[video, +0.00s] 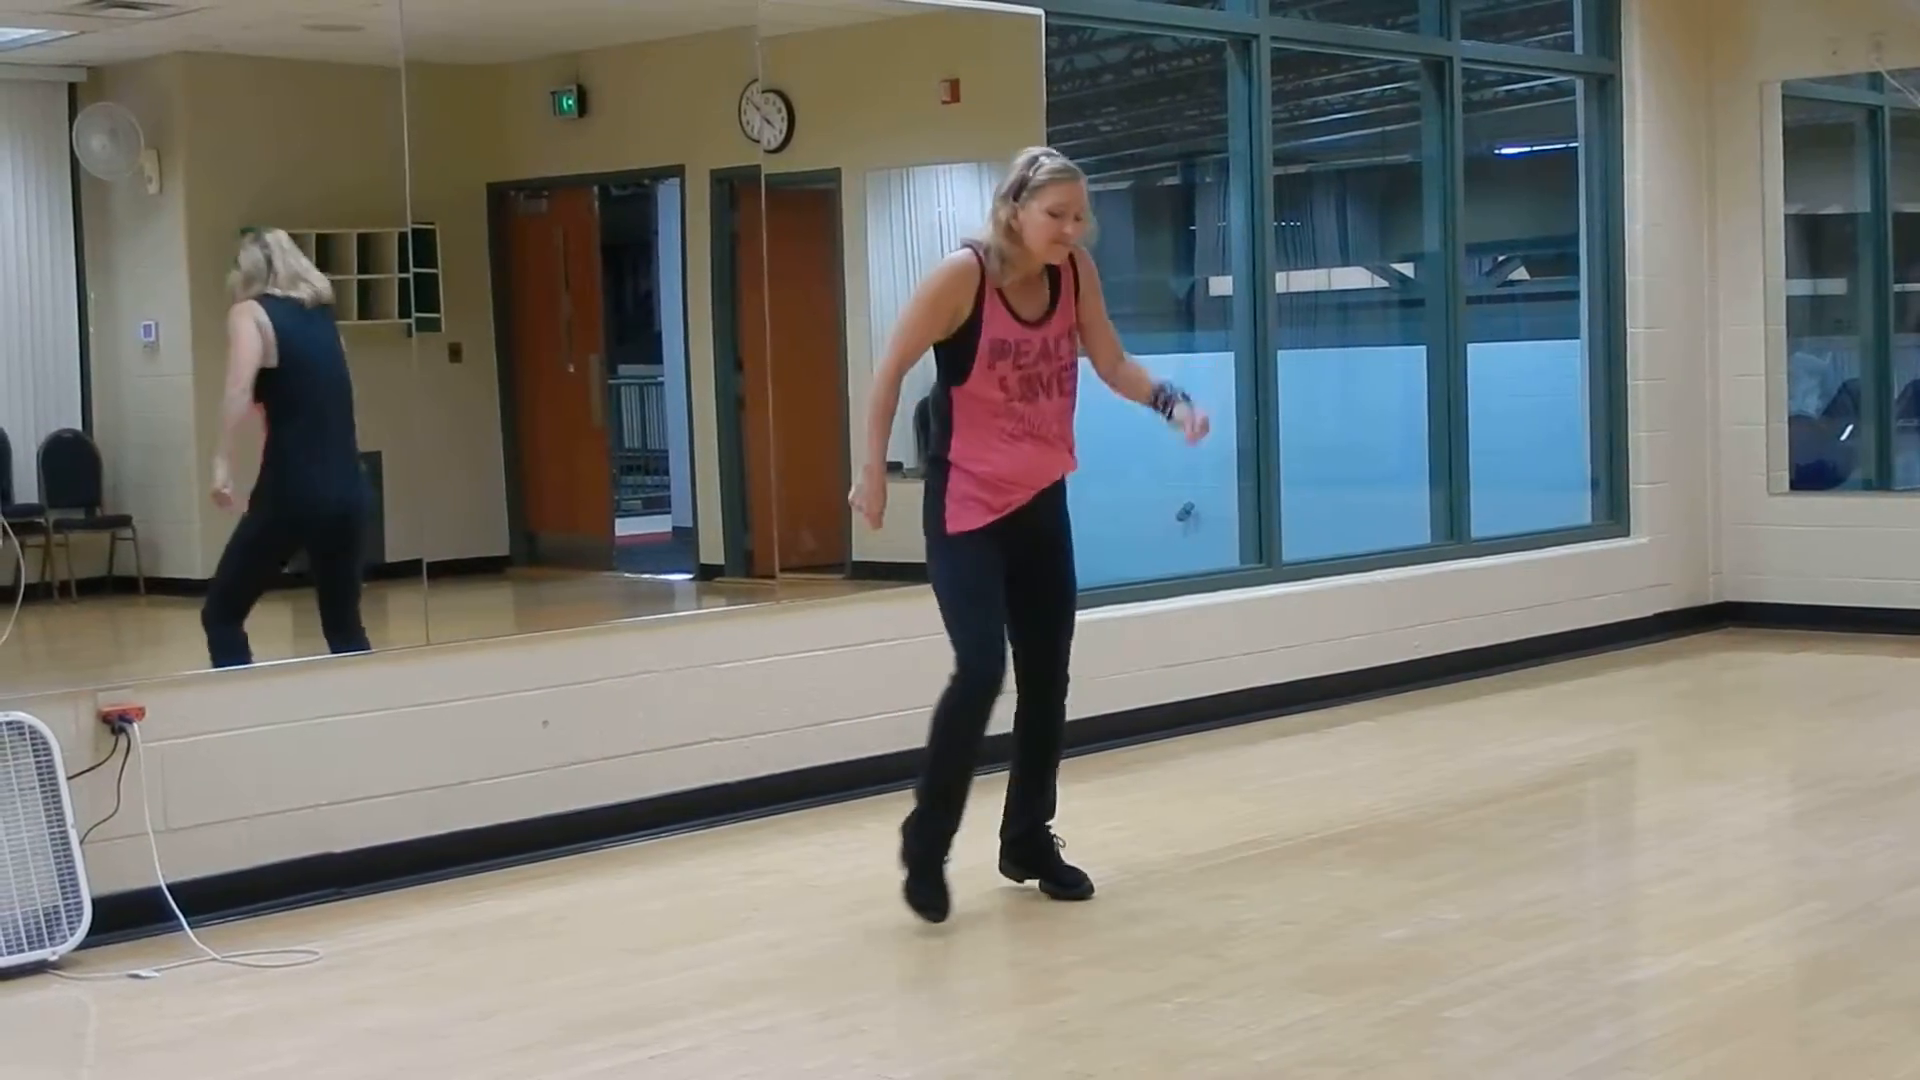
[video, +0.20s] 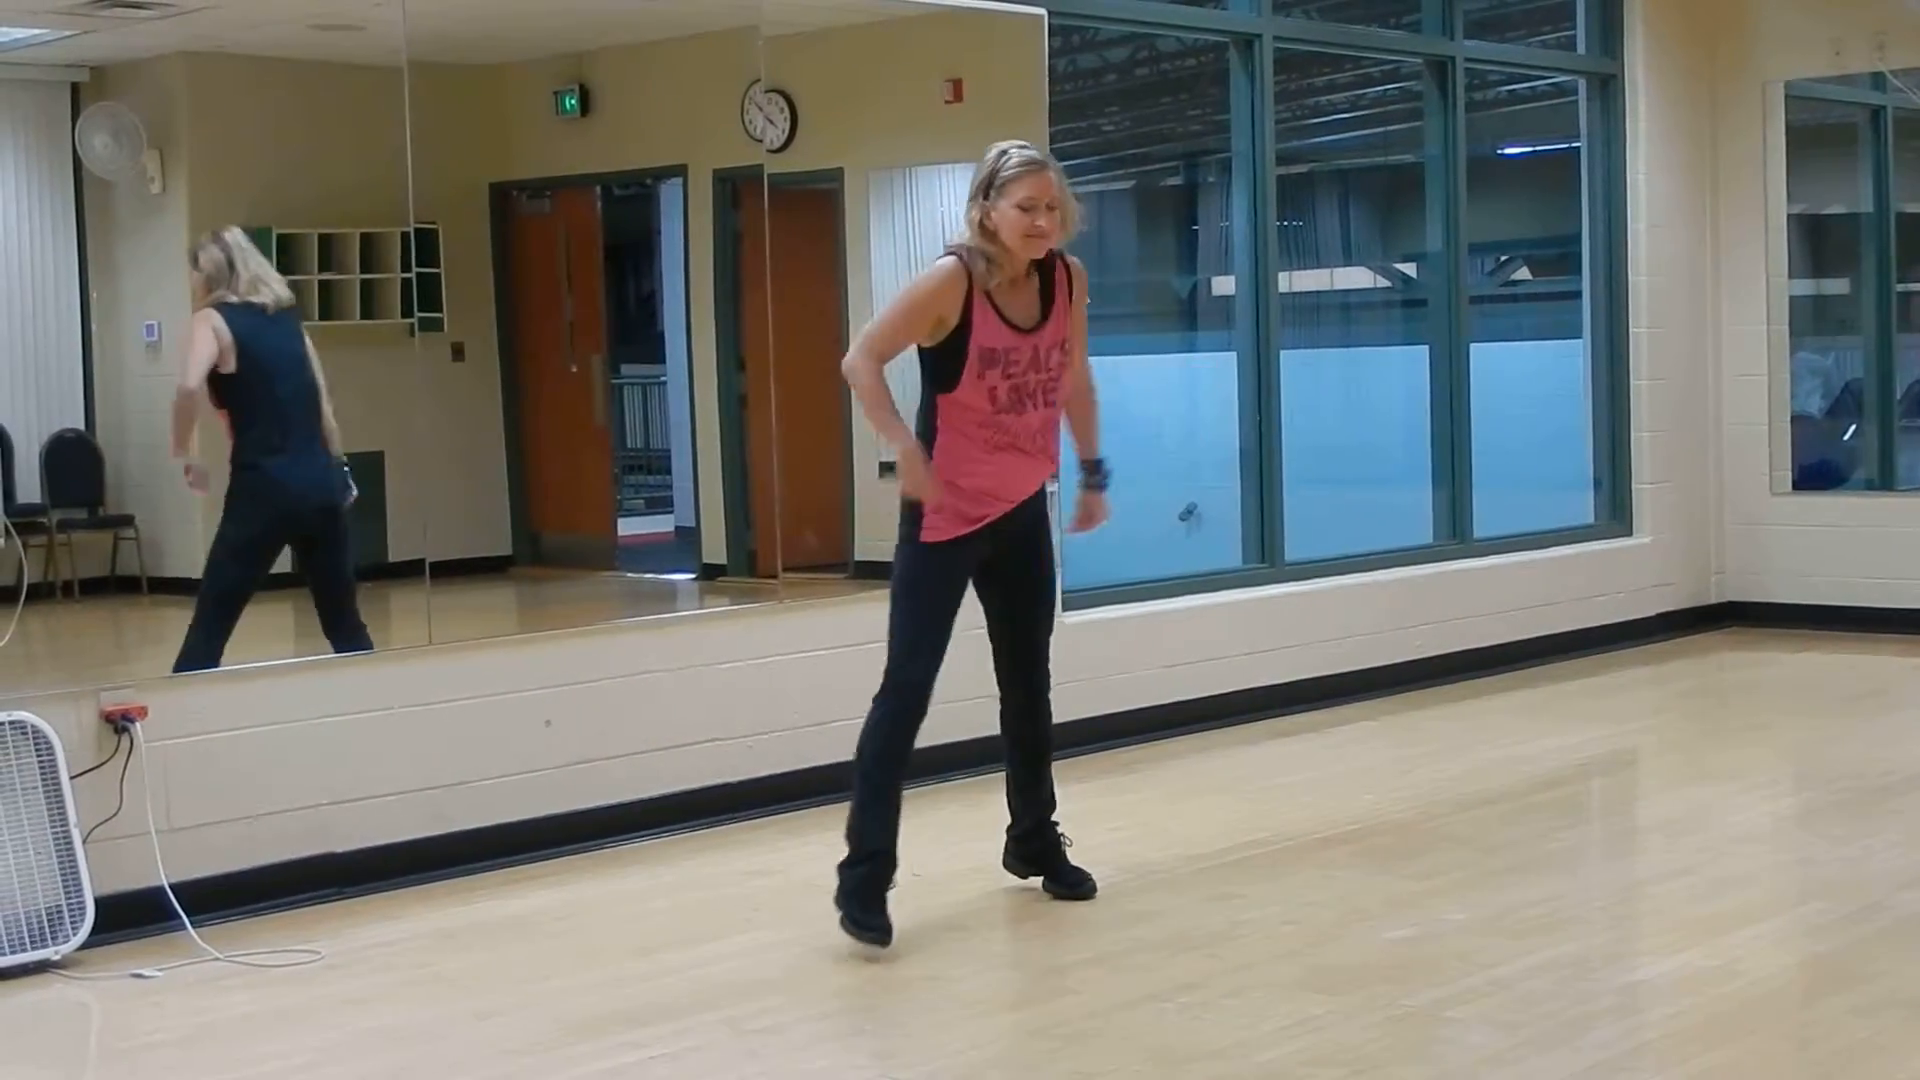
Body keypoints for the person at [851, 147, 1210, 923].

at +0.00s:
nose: (1069, 229)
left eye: (1077, 217)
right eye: (1056, 215)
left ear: (1082, 220)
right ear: (1014, 212)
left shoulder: (1075, 273)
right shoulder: (962, 278)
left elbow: (1114, 365)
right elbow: (890, 370)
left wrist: (1167, 397)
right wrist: (872, 472)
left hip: (1041, 499)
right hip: (965, 504)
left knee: (1046, 678)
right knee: (981, 671)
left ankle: (1027, 843)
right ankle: (925, 846)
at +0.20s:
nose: (1044, 222)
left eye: (1052, 207)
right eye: (1027, 209)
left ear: (1061, 210)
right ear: (986, 214)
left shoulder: (1065, 279)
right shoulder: (950, 284)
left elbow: (1075, 375)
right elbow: (860, 362)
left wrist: (1091, 470)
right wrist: (905, 448)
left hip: (1022, 513)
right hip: (941, 516)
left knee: (1028, 687)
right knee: (905, 695)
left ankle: (1032, 839)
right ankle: (864, 877)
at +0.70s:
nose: (901, 203)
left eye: (898, 192)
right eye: (878, 202)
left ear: (908, 216)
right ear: (847, 242)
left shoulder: (937, 305)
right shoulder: (842, 322)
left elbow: (918, 413)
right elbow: (821, 438)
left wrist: (981, 409)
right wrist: (821, 546)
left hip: (900, 545)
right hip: (820, 547)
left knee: (942, 718)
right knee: (838, 730)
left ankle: (883, 841)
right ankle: (834, 904)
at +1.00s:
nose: (848, 169)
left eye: (854, 160)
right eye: (827, 162)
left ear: (869, 184)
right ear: (789, 196)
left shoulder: (897, 254)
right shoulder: (765, 288)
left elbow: (954, 347)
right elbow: (706, 395)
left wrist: (1007, 349)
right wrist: (718, 499)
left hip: (888, 510)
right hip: (804, 522)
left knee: (890, 708)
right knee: (815, 710)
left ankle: (868, 876)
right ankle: (799, 887)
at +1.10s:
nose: (834, 175)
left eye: (838, 165)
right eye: (813, 166)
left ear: (850, 188)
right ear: (771, 194)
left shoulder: (873, 255)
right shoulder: (741, 294)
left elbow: (947, 338)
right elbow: (690, 384)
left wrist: (1005, 385)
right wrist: (719, 476)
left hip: (880, 513)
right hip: (795, 525)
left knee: (876, 715)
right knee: (789, 716)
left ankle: (863, 884)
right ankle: (742, 908)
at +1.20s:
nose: (815, 185)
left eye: (820, 175)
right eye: (793, 175)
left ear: (830, 200)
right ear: (749, 203)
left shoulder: (853, 267)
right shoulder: (715, 310)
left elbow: (917, 361)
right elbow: (687, 405)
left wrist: (976, 446)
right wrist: (731, 472)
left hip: (864, 524)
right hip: (778, 537)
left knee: (866, 722)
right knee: (758, 730)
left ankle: (860, 884)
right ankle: (694, 917)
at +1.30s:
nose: (799, 194)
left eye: (801, 183)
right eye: (778, 182)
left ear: (804, 206)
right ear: (731, 204)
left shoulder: (833, 278)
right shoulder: (689, 319)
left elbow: (870, 381)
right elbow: (672, 431)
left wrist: (898, 467)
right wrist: (731, 452)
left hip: (839, 528)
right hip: (749, 546)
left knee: (868, 718)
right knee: (733, 739)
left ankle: (862, 878)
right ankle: (690, 925)